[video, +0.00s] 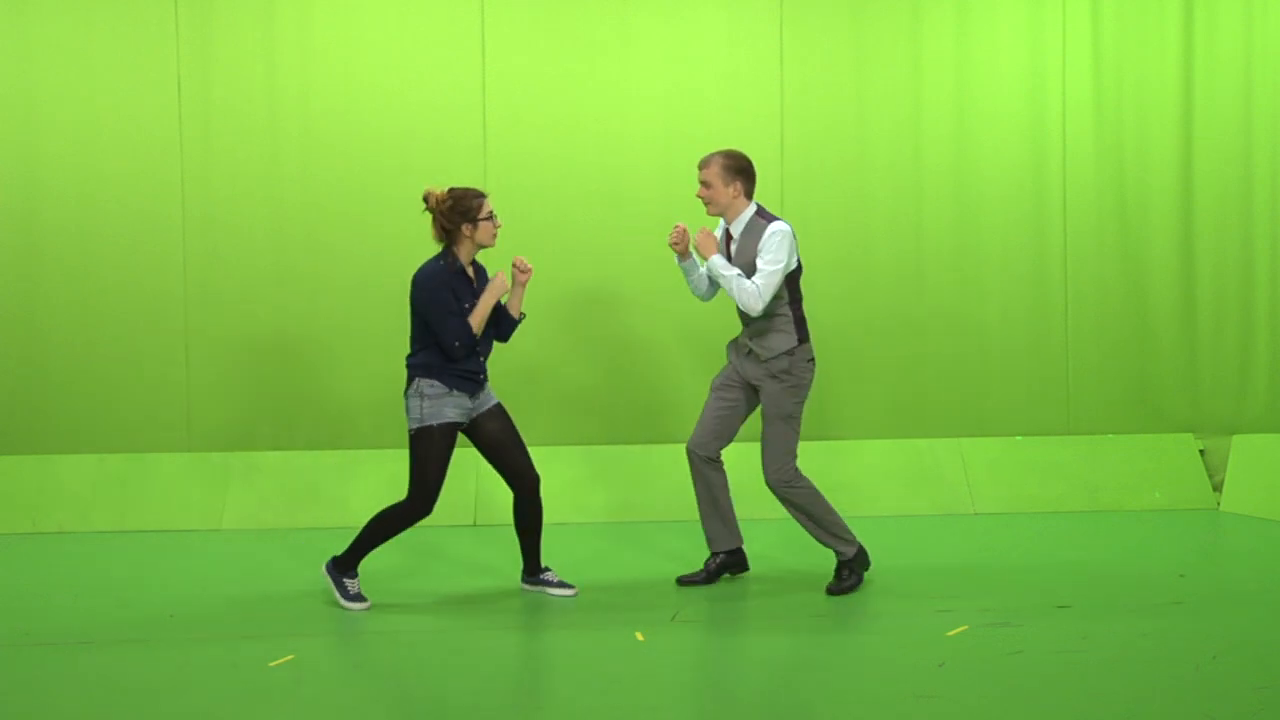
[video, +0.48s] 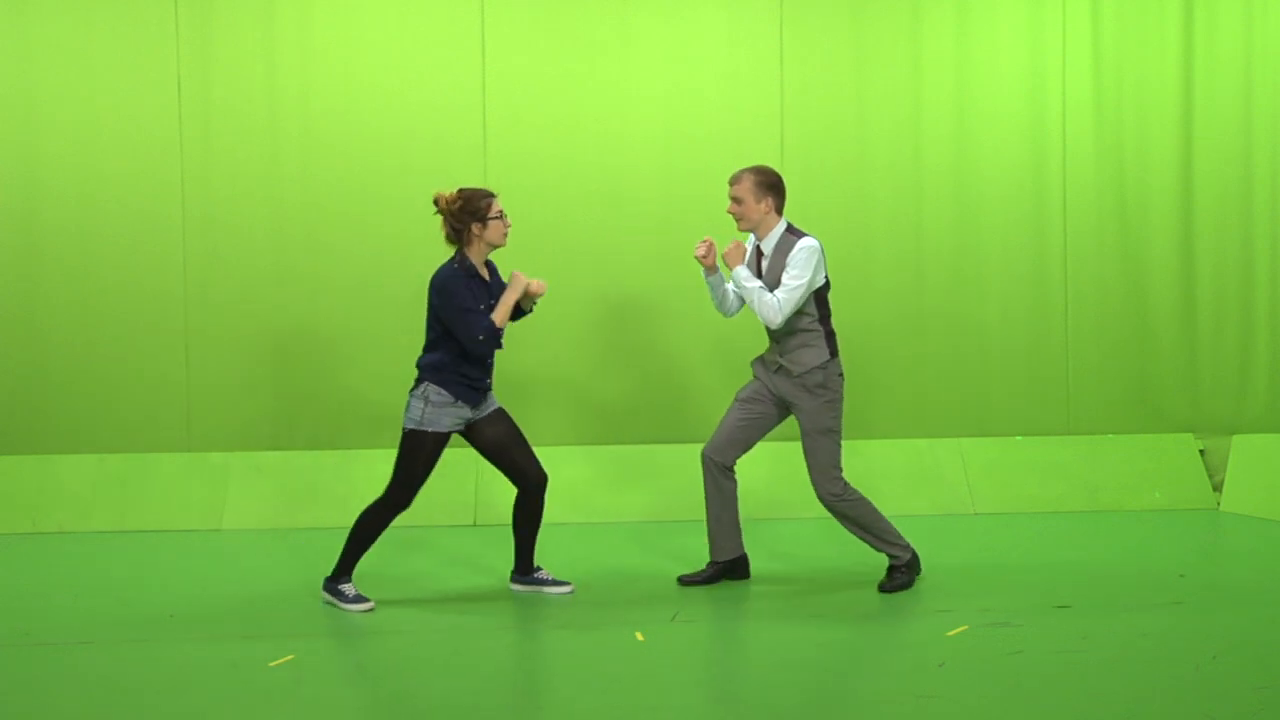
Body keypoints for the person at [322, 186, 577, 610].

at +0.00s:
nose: (497, 224)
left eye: (494, 217)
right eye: (489, 219)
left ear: (470, 228)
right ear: (465, 228)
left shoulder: (479, 274)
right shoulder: (431, 277)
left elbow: (502, 331)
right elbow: (458, 343)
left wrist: (519, 288)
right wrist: (491, 295)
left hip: (475, 391)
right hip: (434, 391)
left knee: (526, 480)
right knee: (420, 503)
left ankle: (534, 571)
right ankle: (343, 566)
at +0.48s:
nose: (506, 224)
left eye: (504, 217)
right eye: (499, 218)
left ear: (478, 228)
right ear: (475, 228)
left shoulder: (489, 272)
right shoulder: (449, 279)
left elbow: (498, 322)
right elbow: (482, 341)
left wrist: (523, 303)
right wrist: (512, 295)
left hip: (478, 400)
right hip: (436, 398)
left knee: (533, 479)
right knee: (400, 496)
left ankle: (525, 571)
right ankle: (338, 579)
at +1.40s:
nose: (538, 204)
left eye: (538, 196)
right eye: (531, 197)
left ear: (511, 205)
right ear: (508, 204)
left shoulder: (512, 245)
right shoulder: (489, 248)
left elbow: (531, 284)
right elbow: (514, 292)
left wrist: (537, 239)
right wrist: (528, 238)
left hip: (512, 370)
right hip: (490, 369)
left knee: (537, 468)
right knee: (499, 478)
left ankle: (526, 567)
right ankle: (412, 533)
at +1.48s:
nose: (541, 216)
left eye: (540, 208)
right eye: (534, 210)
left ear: (515, 216)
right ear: (508, 217)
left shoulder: (510, 258)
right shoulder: (490, 260)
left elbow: (529, 298)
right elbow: (526, 300)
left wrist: (540, 253)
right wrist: (535, 250)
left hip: (505, 388)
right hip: (479, 386)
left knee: (547, 470)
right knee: (459, 484)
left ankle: (527, 567)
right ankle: (381, 547)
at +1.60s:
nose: (539, 235)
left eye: (540, 227)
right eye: (532, 227)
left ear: (519, 232)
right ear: (505, 231)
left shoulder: (513, 278)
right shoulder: (484, 275)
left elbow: (530, 336)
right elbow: (513, 334)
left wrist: (543, 294)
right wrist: (543, 288)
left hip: (496, 400)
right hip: (463, 398)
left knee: (549, 475)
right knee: (423, 486)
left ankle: (526, 569)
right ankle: (359, 556)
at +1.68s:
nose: (537, 226)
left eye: (540, 218)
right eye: (528, 218)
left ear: (540, 221)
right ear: (501, 221)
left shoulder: (518, 270)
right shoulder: (477, 267)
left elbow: (517, 337)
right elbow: (490, 333)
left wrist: (542, 304)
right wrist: (532, 299)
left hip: (496, 388)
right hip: (458, 385)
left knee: (539, 473)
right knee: (421, 476)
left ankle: (525, 569)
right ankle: (362, 554)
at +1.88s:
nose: (513, 213)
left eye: (520, 206)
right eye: (504, 206)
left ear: (530, 209)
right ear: (488, 209)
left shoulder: (534, 259)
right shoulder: (467, 247)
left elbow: (562, 311)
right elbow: (429, 277)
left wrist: (590, 274)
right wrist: (457, 224)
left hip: (506, 377)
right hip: (455, 372)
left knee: (527, 478)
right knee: (434, 479)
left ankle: (534, 562)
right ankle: (375, 550)